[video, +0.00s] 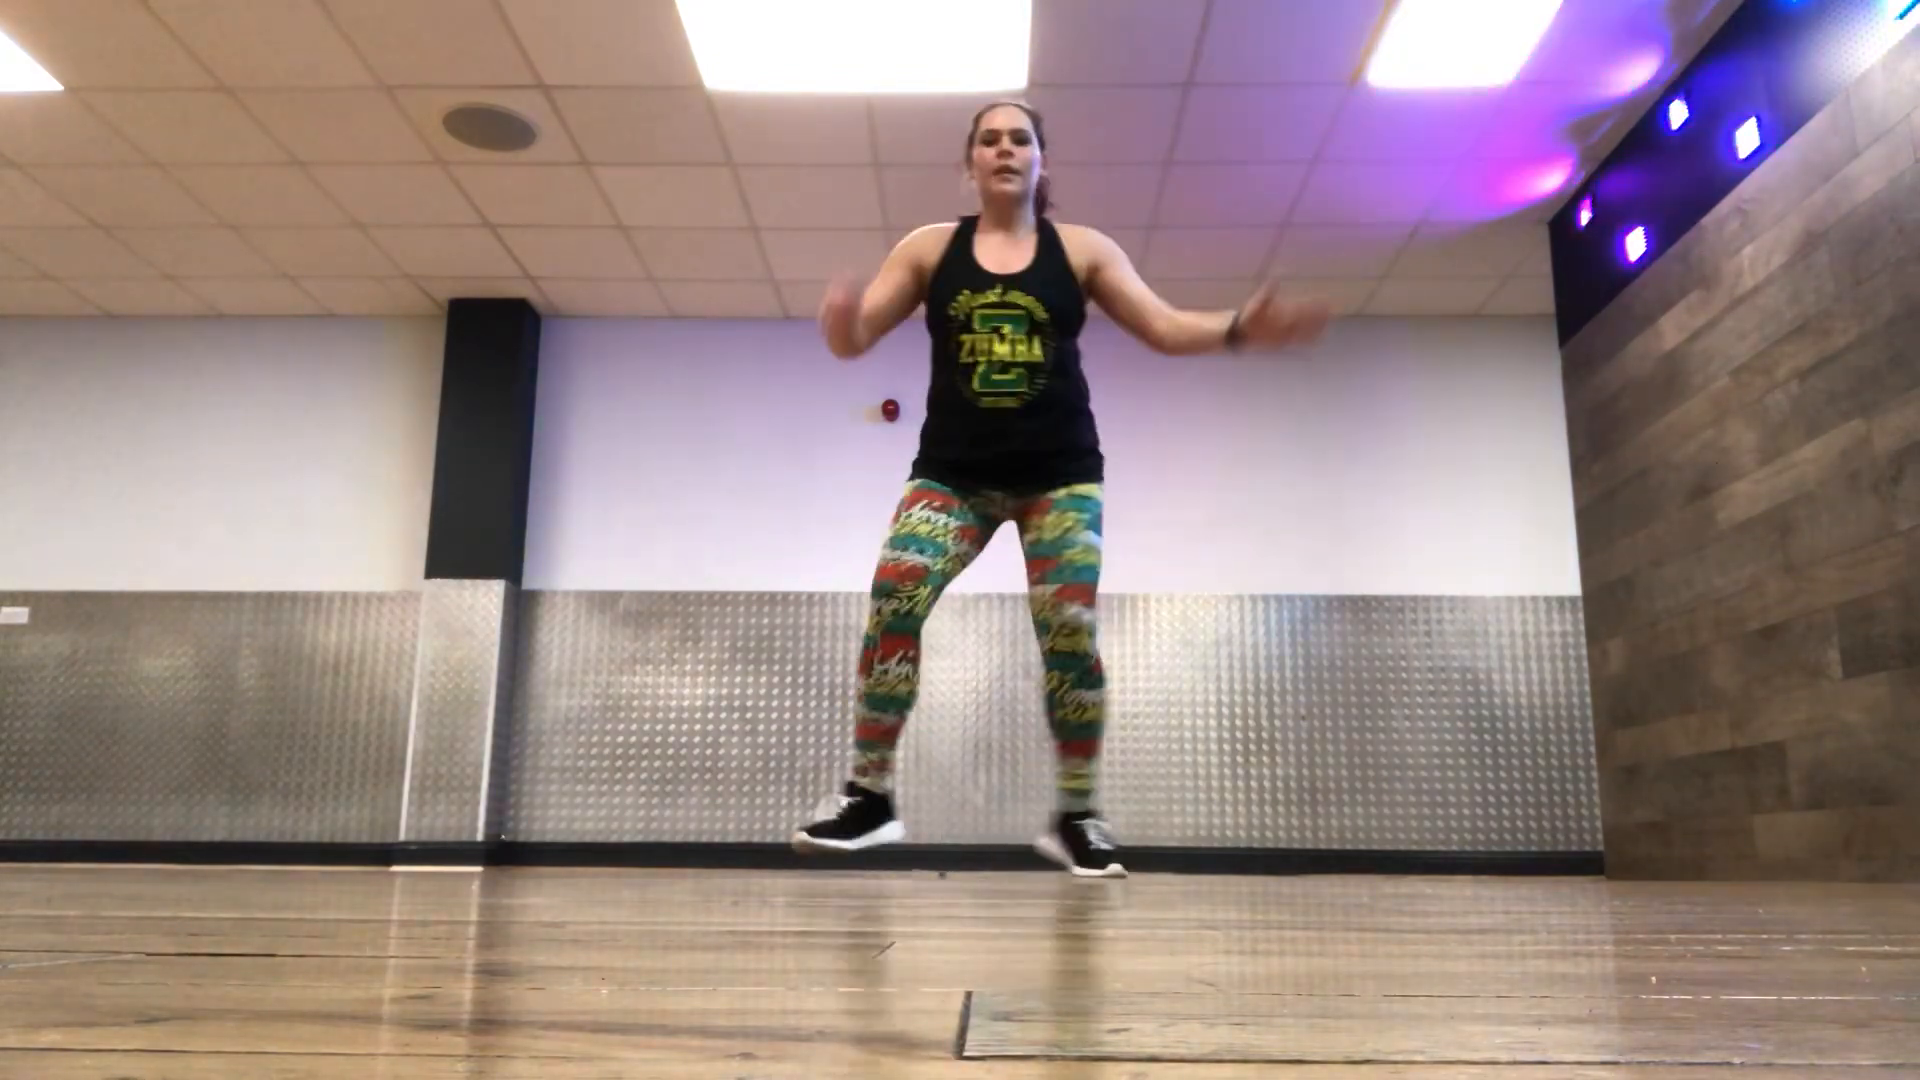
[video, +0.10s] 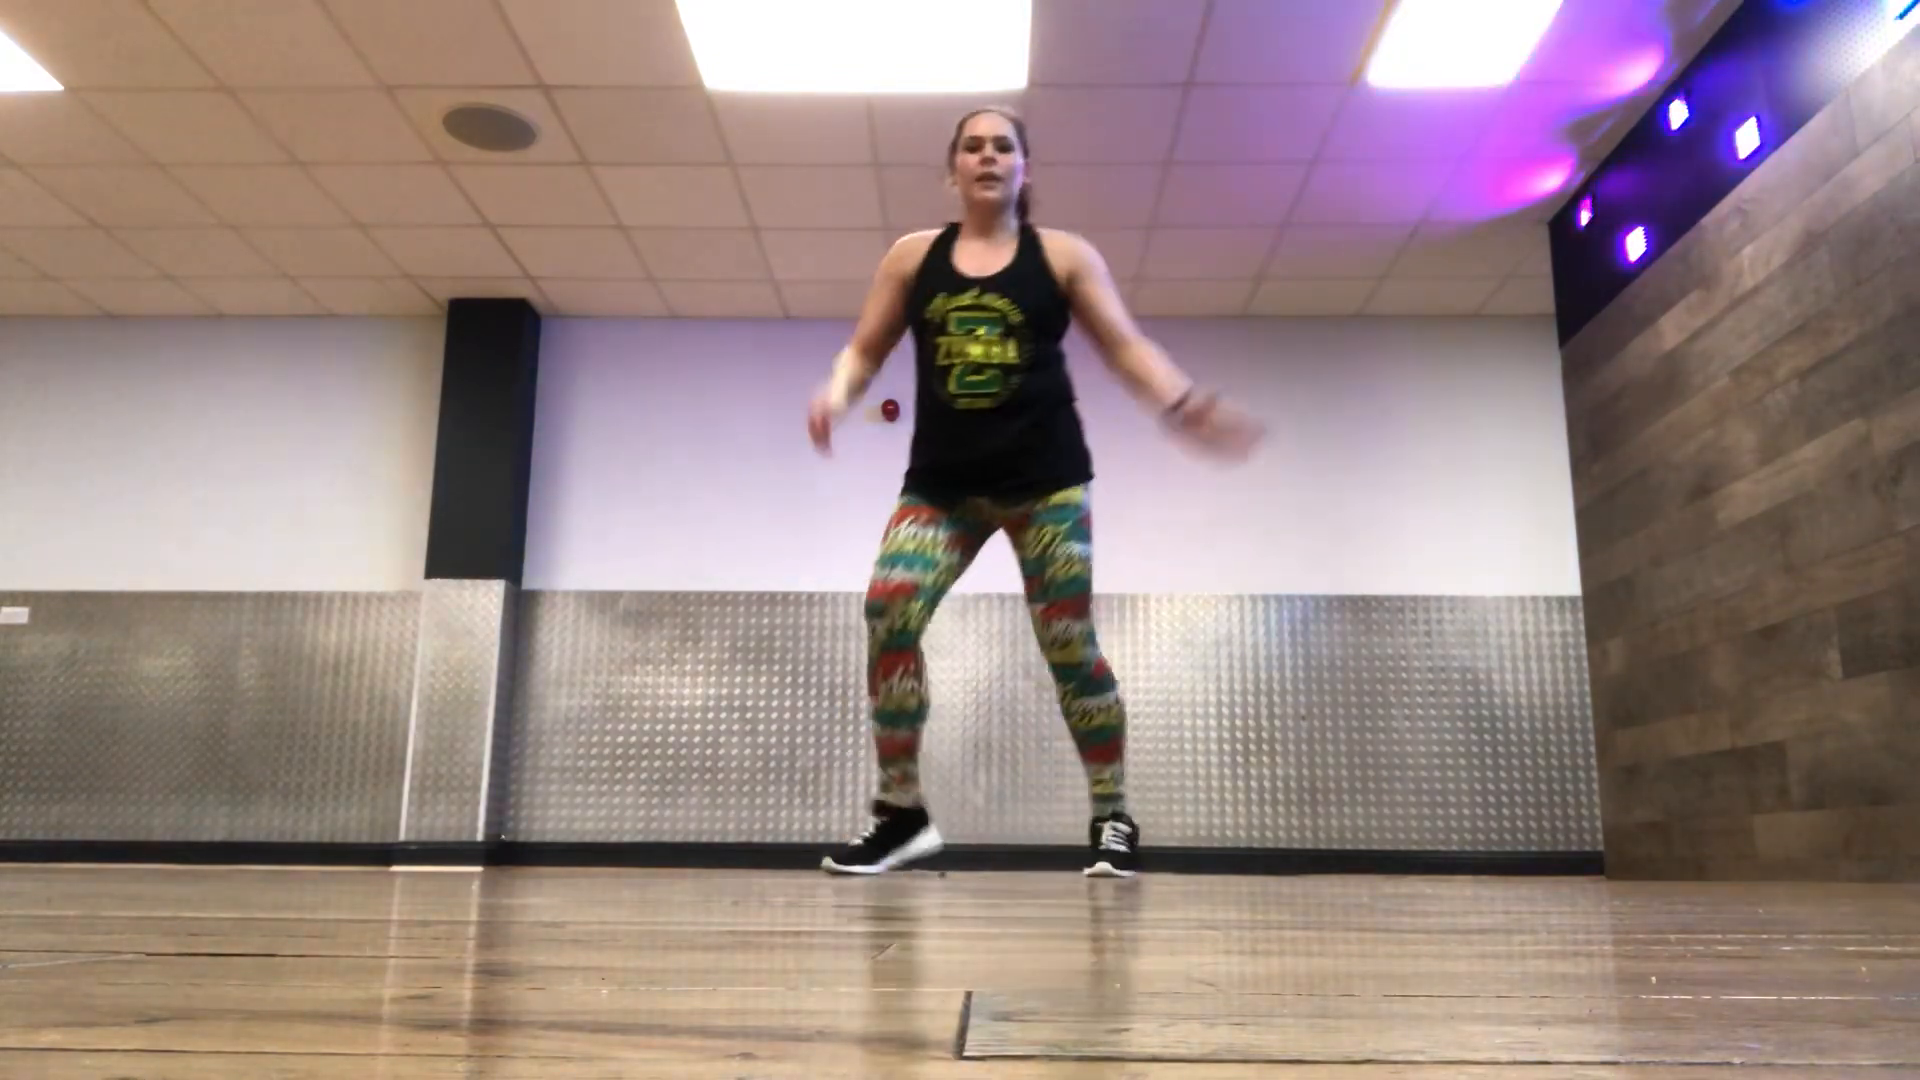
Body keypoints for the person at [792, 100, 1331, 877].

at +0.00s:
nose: (1005, 148)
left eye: (1019, 138)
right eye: (991, 139)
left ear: (1041, 162)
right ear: (969, 162)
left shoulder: (1081, 249)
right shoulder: (930, 247)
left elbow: (1166, 327)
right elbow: (852, 340)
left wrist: (1239, 326)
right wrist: (841, 314)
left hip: (1059, 472)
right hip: (956, 470)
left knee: (1068, 625)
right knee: (894, 595)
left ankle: (1078, 815)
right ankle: (868, 797)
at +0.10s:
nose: (988, 156)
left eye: (1003, 146)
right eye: (974, 146)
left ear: (1024, 168)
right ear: (952, 168)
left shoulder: (1063, 257)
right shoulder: (914, 256)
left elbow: (1127, 345)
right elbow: (864, 351)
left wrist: (1185, 401)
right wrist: (835, 392)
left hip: (1046, 483)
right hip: (945, 484)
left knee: (1067, 641)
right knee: (888, 611)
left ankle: (1112, 818)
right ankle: (900, 815)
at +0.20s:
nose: (965, 168)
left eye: (979, 157)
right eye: (950, 157)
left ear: (1001, 178)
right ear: (928, 177)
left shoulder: (1033, 266)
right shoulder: (893, 272)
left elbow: (1084, 370)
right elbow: (865, 374)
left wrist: (1085, 464)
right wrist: (847, 452)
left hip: (1024, 496)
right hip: (925, 501)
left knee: (1048, 652)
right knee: (882, 630)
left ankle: (1100, 823)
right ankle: (910, 828)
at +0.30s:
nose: (940, 170)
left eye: (954, 159)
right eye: (926, 159)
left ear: (976, 180)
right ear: (903, 180)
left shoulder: (1006, 265)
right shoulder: (874, 271)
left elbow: (1043, 373)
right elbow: (856, 381)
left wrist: (988, 461)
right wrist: (858, 472)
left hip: (989, 481)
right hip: (899, 488)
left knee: (1007, 638)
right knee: (866, 634)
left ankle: (1090, 804)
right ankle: (909, 828)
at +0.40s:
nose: (921, 171)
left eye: (934, 160)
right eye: (906, 160)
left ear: (955, 179)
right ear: (883, 180)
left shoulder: (982, 256)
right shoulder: (859, 271)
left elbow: (1002, 348)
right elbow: (838, 380)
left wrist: (910, 389)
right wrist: (843, 468)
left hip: (969, 467)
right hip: (886, 477)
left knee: (953, 599)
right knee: (858, 629)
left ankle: (1049, 771)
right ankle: (908, 827)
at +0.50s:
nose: (905, 167)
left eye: (919, 156)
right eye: (890, 156)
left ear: (941, 175)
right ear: (868, 176)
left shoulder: (968, 248)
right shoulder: (843, 270)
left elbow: (951, 332)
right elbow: (821, 374)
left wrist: (831, 342)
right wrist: (825, 462)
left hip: (960, 458)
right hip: (878, 474)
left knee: (904, 568)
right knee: (855, 624)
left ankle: (965, 763)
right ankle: (909, 821)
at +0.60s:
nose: (893, 163)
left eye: (908, 151)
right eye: (878, 152)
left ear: (931, 171)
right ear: (857, 172)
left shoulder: (956, 242)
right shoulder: (837, 264)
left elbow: (910, 332)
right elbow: (816, 358)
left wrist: (788, 346)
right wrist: (810, 444)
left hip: (953, 457)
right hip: (872, 470)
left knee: (872, 576)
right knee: (850, 621)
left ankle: (862, 786)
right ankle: (903, 821)